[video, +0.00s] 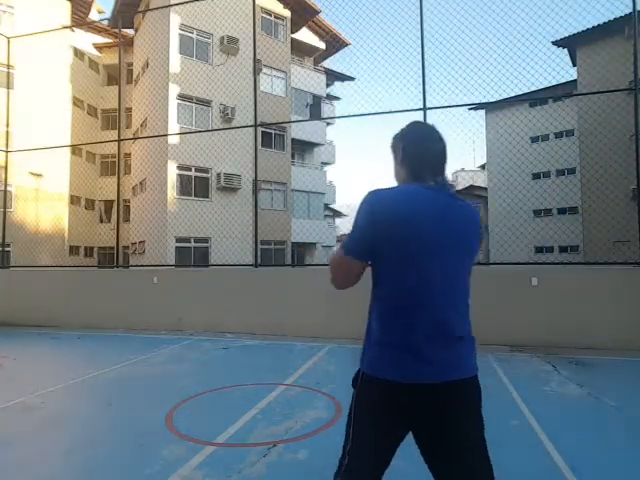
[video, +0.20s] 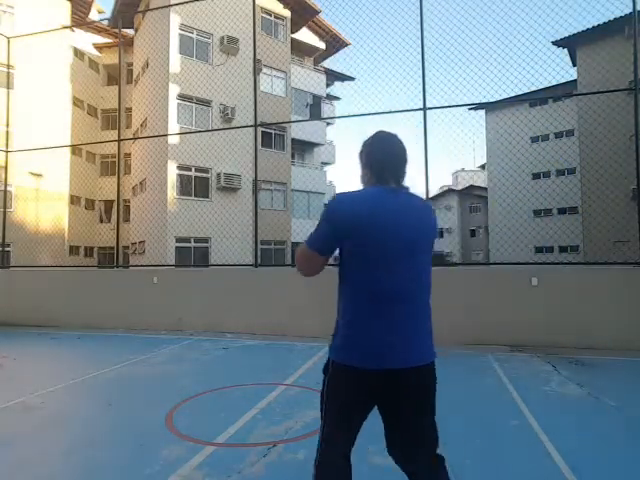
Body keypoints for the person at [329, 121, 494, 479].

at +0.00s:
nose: (394, 165)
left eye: (394, 158)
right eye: (394, 157)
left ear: (402, 160)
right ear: (441, 161)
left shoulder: (380, 204)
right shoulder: (469, 214)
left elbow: (342, 277)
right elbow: (455, 267)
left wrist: (346, 244)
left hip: (387, 381)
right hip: (454, 383)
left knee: (356, 472)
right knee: (470, 473)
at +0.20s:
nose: (359, 168)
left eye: (361, 162)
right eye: (361, 161)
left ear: (366, 165)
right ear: (403, 167)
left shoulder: (345, 206)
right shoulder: (425, 212)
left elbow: (308, 264)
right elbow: (398, 258)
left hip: (355, 360)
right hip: (414, 360)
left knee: (333, 454)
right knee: (419, 455)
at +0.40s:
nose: (355, 179)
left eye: (357, 174)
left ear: (360, 176)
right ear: (397, 179)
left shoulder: (334, 207)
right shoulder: (415, 219)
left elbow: (302, 266)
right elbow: (400, 266)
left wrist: (303, 242)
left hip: (339, 356)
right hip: (396, 357)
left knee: (324, 448)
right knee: (397, 451)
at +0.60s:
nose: (349, 188)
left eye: (350, 183)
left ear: (352, 186)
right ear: (389, 191)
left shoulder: (325, 216)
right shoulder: (406, 227)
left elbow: (297, 279)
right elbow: (400, 290)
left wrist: (329, 261)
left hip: (325, 354)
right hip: (378, 357)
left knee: (297, 427)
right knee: (391, 452)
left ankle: (295, 477)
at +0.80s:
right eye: (363, 194)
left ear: (328, 192)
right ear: (363, 195)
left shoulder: (300, 224)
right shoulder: (376, 232)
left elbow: (274, 281)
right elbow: (368, 275)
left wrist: (305, 255)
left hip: (303, 360)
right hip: (354, 361)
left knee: (273, 445)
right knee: (379, 454)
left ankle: (258, 476)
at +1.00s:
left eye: (297, 192)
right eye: (329, 198)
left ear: (298, 194)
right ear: (330, 199)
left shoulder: (270, 219)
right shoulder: (340, 229)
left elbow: (254, 262)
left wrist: (288, 243)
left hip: (273, 341)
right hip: (318, 344)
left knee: (269, 412)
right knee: (343, 421)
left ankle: (259, 475)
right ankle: (336, 476)